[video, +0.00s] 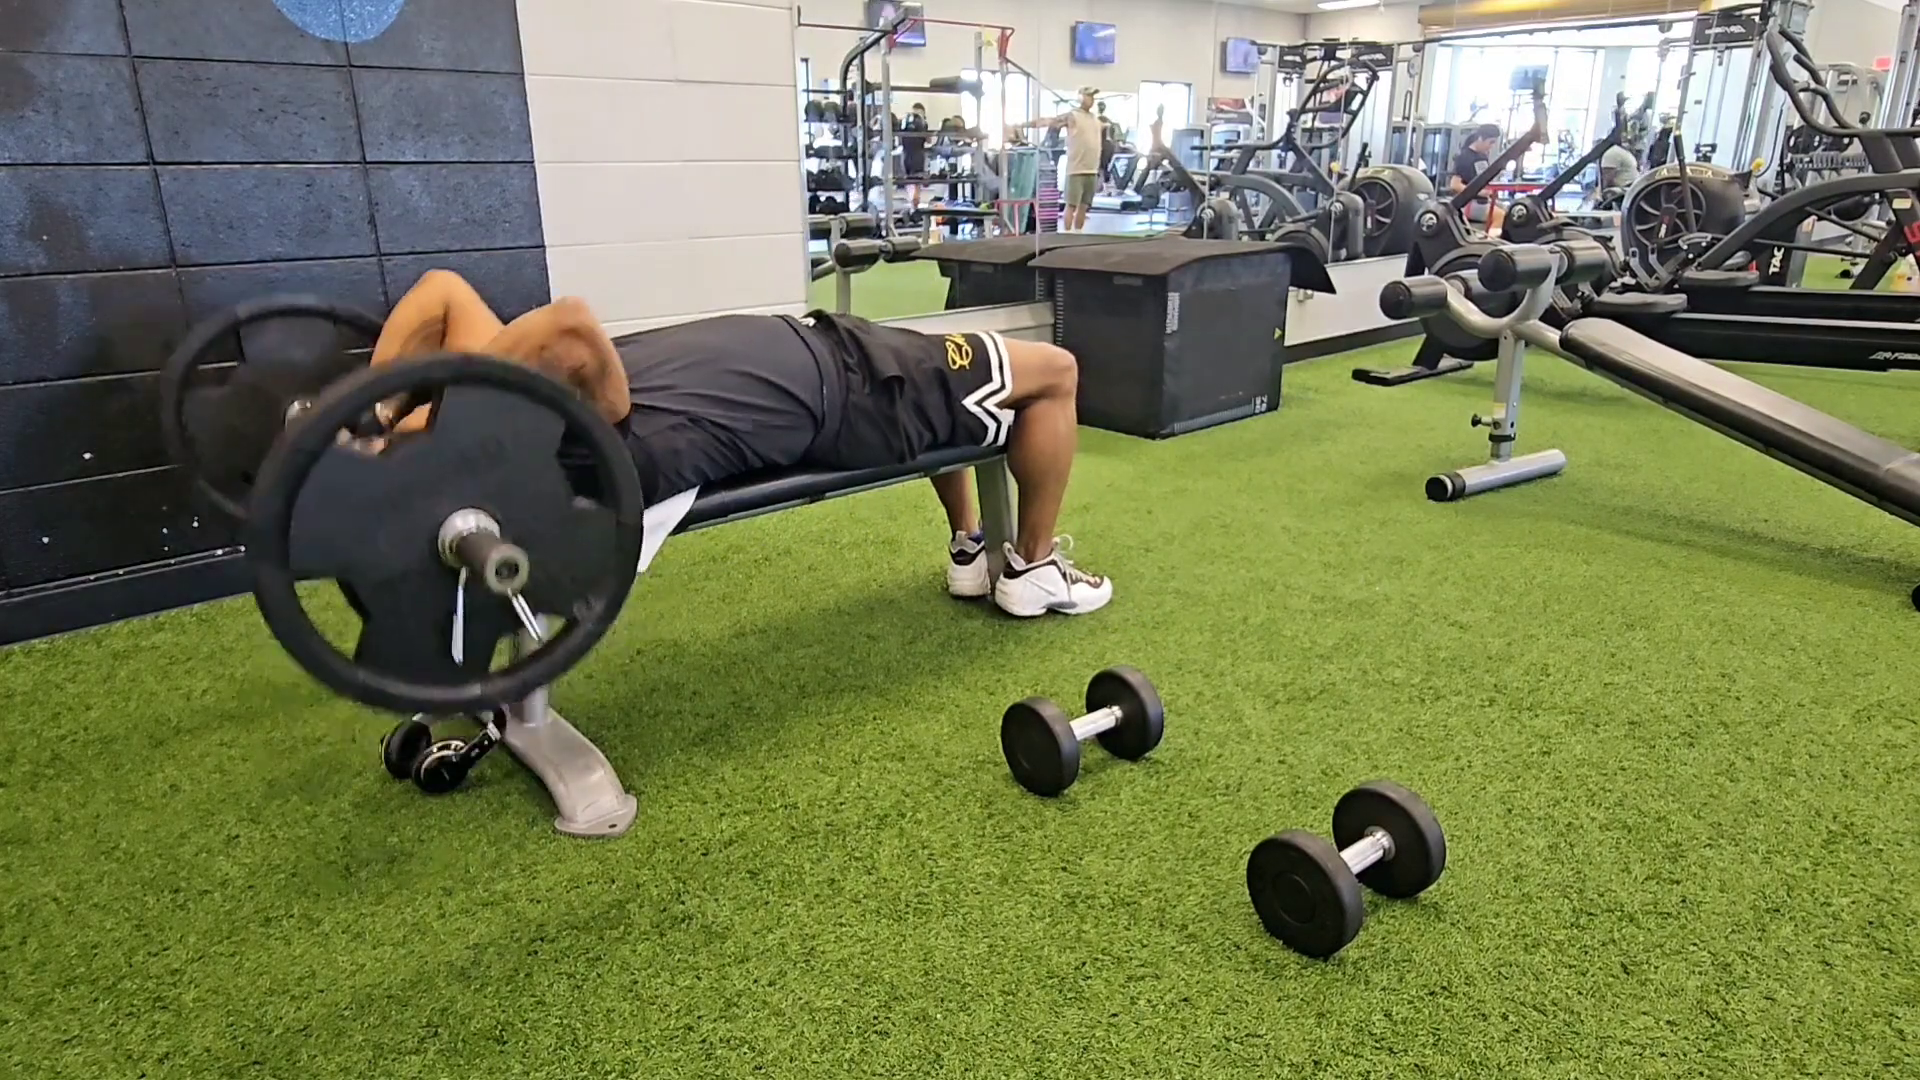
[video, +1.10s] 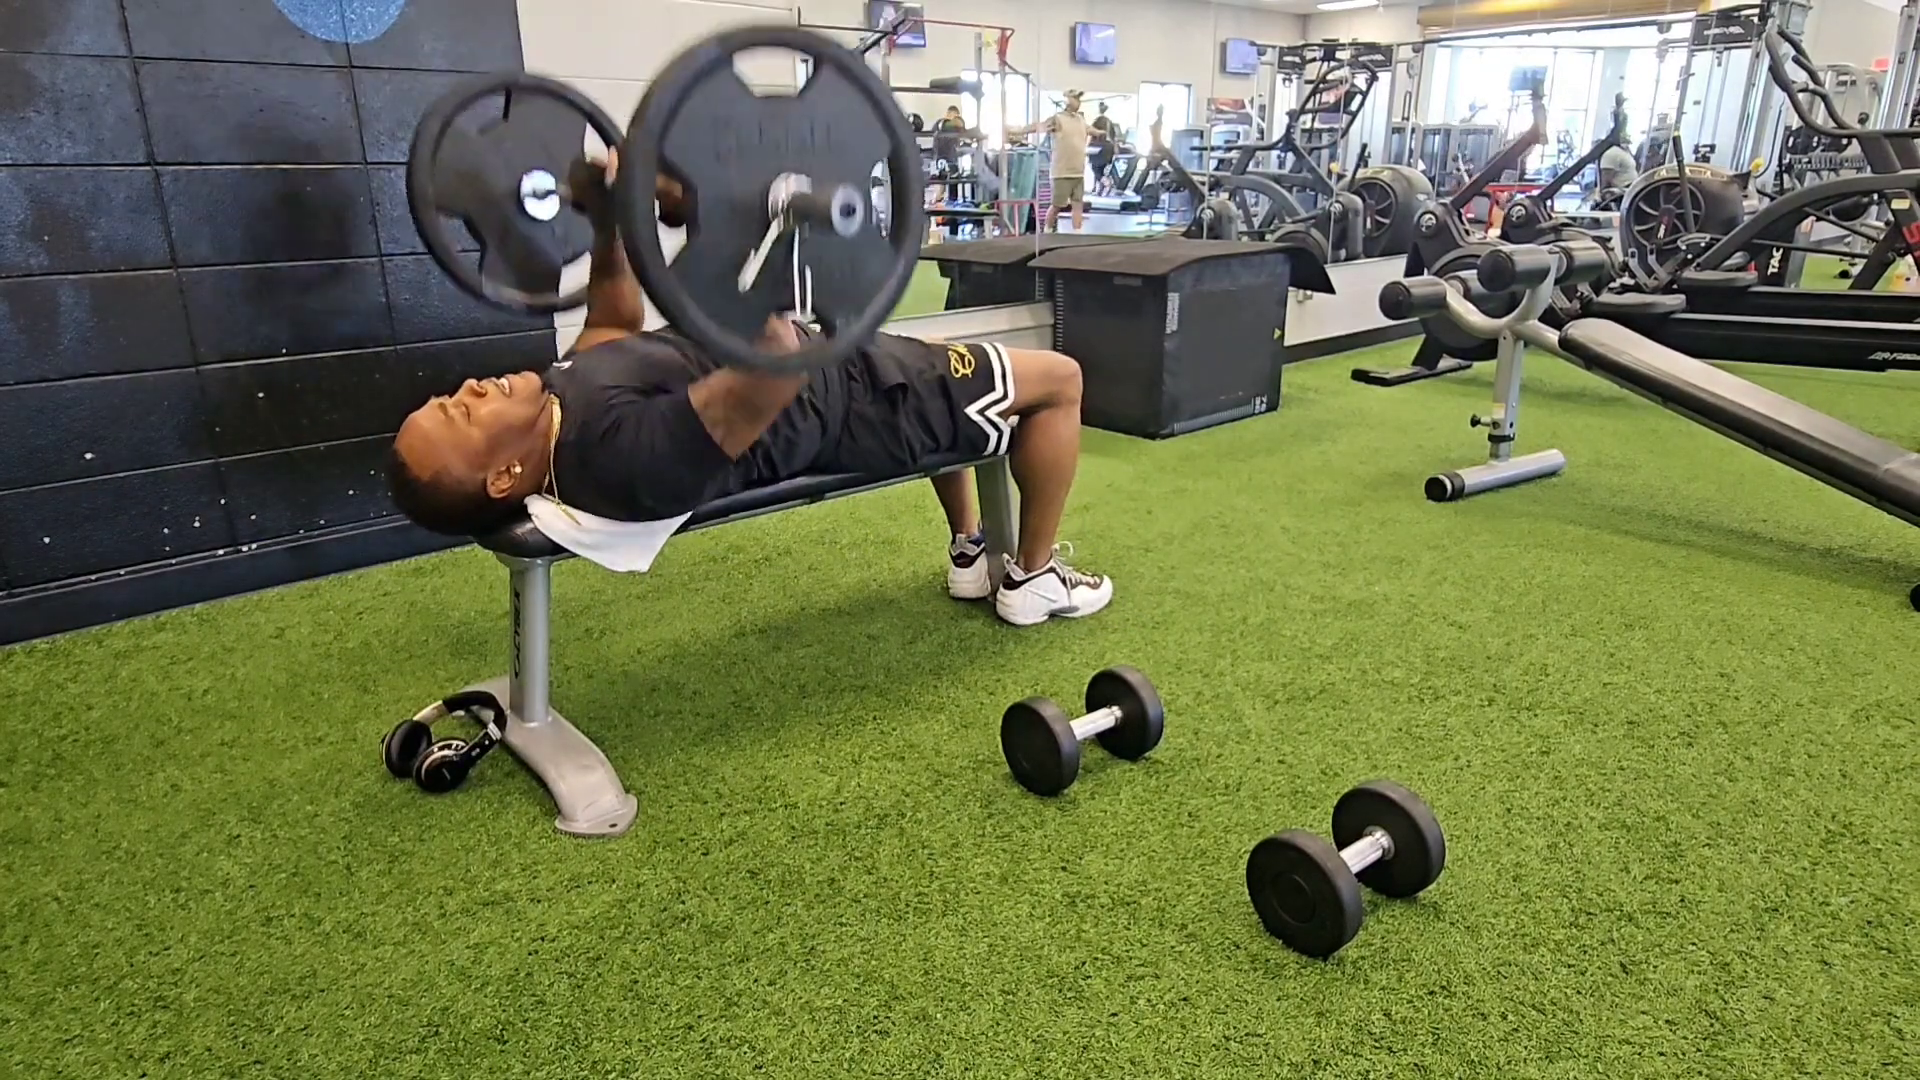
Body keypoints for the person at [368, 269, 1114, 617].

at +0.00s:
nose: (583, 363)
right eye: (575, 365)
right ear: (578, 411)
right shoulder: (620, 461)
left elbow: (438, 288)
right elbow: (570, 319)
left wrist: (383, 409)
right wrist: (452, 411)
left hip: (787, 340)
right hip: (852, 385)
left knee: (930, 354)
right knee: (1056, 371)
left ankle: (972, 543)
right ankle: (1037, 565)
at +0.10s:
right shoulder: (601, 451)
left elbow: (449, 303)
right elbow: (648, 317)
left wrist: (379, 366)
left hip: (764, 350)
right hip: (823, 388)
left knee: (920, 349)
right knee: (1048, 371)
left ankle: (971, 545)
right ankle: (1038, 568)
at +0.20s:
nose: (439, 415)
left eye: (420, 434)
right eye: (433, 437)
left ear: (429, 442)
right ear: (462, 474)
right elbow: (692, 378)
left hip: (760, 344)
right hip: (810, 384)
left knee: (924, 344)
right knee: (1049, 375)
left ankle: (972, 544)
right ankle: (1036, 567)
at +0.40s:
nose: (479, 383)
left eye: (458, 395)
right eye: (470, 410)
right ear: (507, 475)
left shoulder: (538, 405)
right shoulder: (606, 464)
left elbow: (594, 372)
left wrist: (576, 325)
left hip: (779, 367)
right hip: (837, 422)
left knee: (924, 344)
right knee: (1062, 377)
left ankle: (972, 546)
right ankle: (1038, 576)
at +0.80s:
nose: (475, 382)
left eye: (451, 397)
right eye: (462, 413)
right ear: (506, 477)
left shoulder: (541, 392)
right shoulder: (612, 458)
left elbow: (581, 308)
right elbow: (729, 369)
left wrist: (596, 207)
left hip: (804, 358)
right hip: (841, 400)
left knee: (928, 358)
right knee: (1059, 380)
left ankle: (971, 545)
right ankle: (1035, 574)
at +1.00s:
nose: (481, 382)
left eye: (453, 392)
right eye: (468, 408)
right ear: (506, 472)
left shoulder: (542, 382)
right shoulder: (619, 446)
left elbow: (596, 278)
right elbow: (733, 321)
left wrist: (596, 146)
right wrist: (700, 150)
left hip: (802, 346)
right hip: (842, 392)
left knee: (939, 368)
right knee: (1057, 380)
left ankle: (975, 548)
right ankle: (1034, 575)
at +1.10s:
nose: (482, 378)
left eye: (454, 389)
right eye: (465, 406)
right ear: (507, 478)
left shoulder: (554, 400)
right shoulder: (616, 459)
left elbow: (612, 321)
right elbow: (737, 406)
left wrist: (606, 221)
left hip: (793, 362)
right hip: (834, 405)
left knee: (926, 353)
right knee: (1060, 380)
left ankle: (972, 547)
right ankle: (1035, 573)